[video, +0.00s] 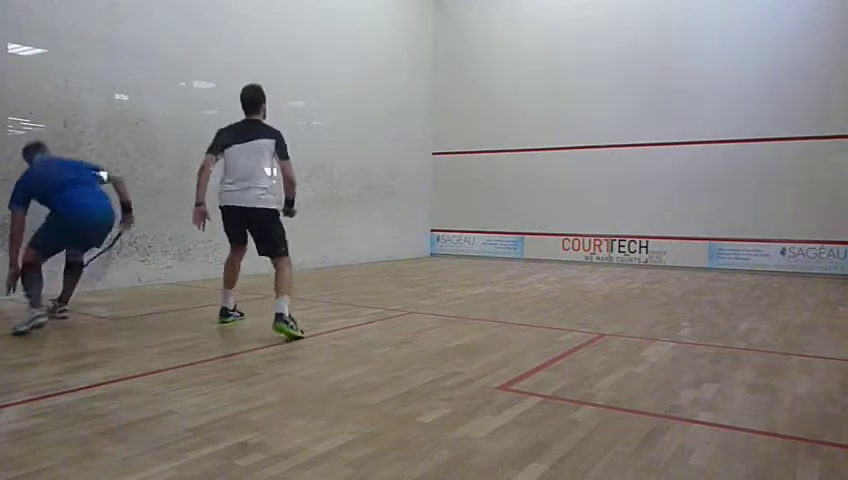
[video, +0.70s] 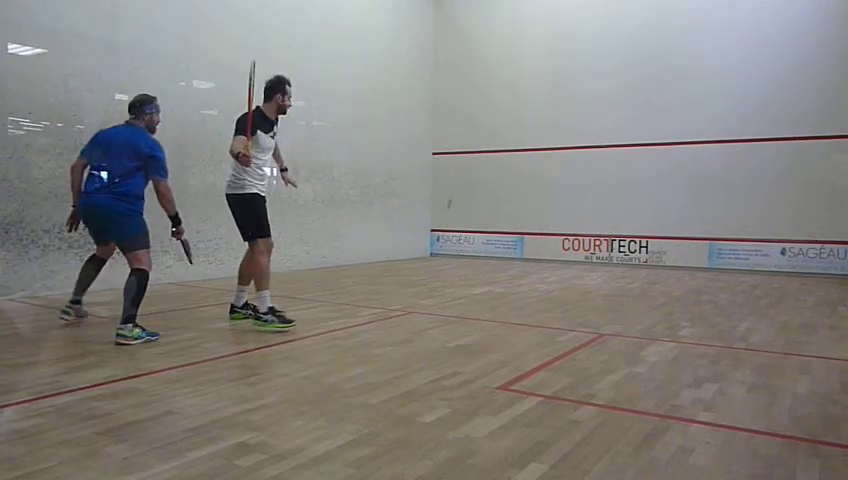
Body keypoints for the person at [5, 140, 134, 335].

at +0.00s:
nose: (32, 164)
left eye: (29, 161)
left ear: (28, 160)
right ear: (48, 153)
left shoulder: (28, 179)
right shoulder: (71, 165)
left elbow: (17, 229)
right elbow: (116, 179)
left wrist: (13, 267)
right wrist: (127, 211)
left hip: (70, 219)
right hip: (104, 218)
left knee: (30, 261)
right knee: (75, 253)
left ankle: (36, 309)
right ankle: (62, 303)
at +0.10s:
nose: (65, 131)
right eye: (64, 127)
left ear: (41, 132)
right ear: (64, 127)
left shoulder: (32, 157)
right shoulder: (86, 145)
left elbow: (21, 204)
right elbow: (122, 160)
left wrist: (21, 240)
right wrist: (137, 192)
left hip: (58, 210)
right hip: (96, 209)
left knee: (33, 260)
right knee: (82, 260)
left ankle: (31, 317)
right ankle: (68, 307)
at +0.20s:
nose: (86, 110)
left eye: (84, 106)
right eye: (85, 106)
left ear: (59, 109)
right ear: (81, 107)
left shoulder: (46, 135)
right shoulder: (98, 129)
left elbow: (31, 182)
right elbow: (129, 154)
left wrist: (33, 221)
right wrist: (146, 184)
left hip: (56, 192)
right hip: (96, 191)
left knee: (42, 253)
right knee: (92, 251)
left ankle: (31, 316)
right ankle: (82, 304)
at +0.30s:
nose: (107, 103)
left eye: (105, 98)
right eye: (105, 99)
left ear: (80, 99)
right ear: (99, 98)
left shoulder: (59, 124)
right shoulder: (111, 122)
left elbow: (42, 170)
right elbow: (133, 156)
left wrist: (48, 204)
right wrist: (153, 187)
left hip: (61, 188)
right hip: (101, 187)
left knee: (48, 253)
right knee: (115, 248)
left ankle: (29, 316)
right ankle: (104, 306)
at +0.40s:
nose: (126, 111)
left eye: (125, 106)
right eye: (125, 106)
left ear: (99, 106)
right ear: (118, 106)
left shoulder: (77, 128)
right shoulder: (125, 132)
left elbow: (52, 169)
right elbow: (143, 172)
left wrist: (69, 199)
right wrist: (164, 200)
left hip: (67, 201)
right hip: (106, 202)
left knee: (54, 263)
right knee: (133, 256)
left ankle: (28, 323)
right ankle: (127, 316)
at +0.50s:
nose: (142, 120)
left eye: (141, 115)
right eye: (141, 115)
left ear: (114, 116)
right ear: (135, 117)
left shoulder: (89, 137)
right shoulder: (138, 145)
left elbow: (64, 173)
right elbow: (154, 188)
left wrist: (79, 202)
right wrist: (172, 219)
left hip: (78, 209)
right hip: (114, 210)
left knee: (75, 266)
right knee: (141, 265)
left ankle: (38, 310)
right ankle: (128, 327)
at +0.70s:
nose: (159, 120)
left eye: (159, 114)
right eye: (157, 115)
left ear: (133, 114)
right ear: (146, 115)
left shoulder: (104, 135)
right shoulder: (150, 146)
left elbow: (77, 167)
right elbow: (162, 189)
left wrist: (76, 206)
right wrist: (176, 222)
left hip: (90, 206)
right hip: (124, 210)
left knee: (104, 250)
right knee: (141, 265)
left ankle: (74, 303)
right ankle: (128, 326)